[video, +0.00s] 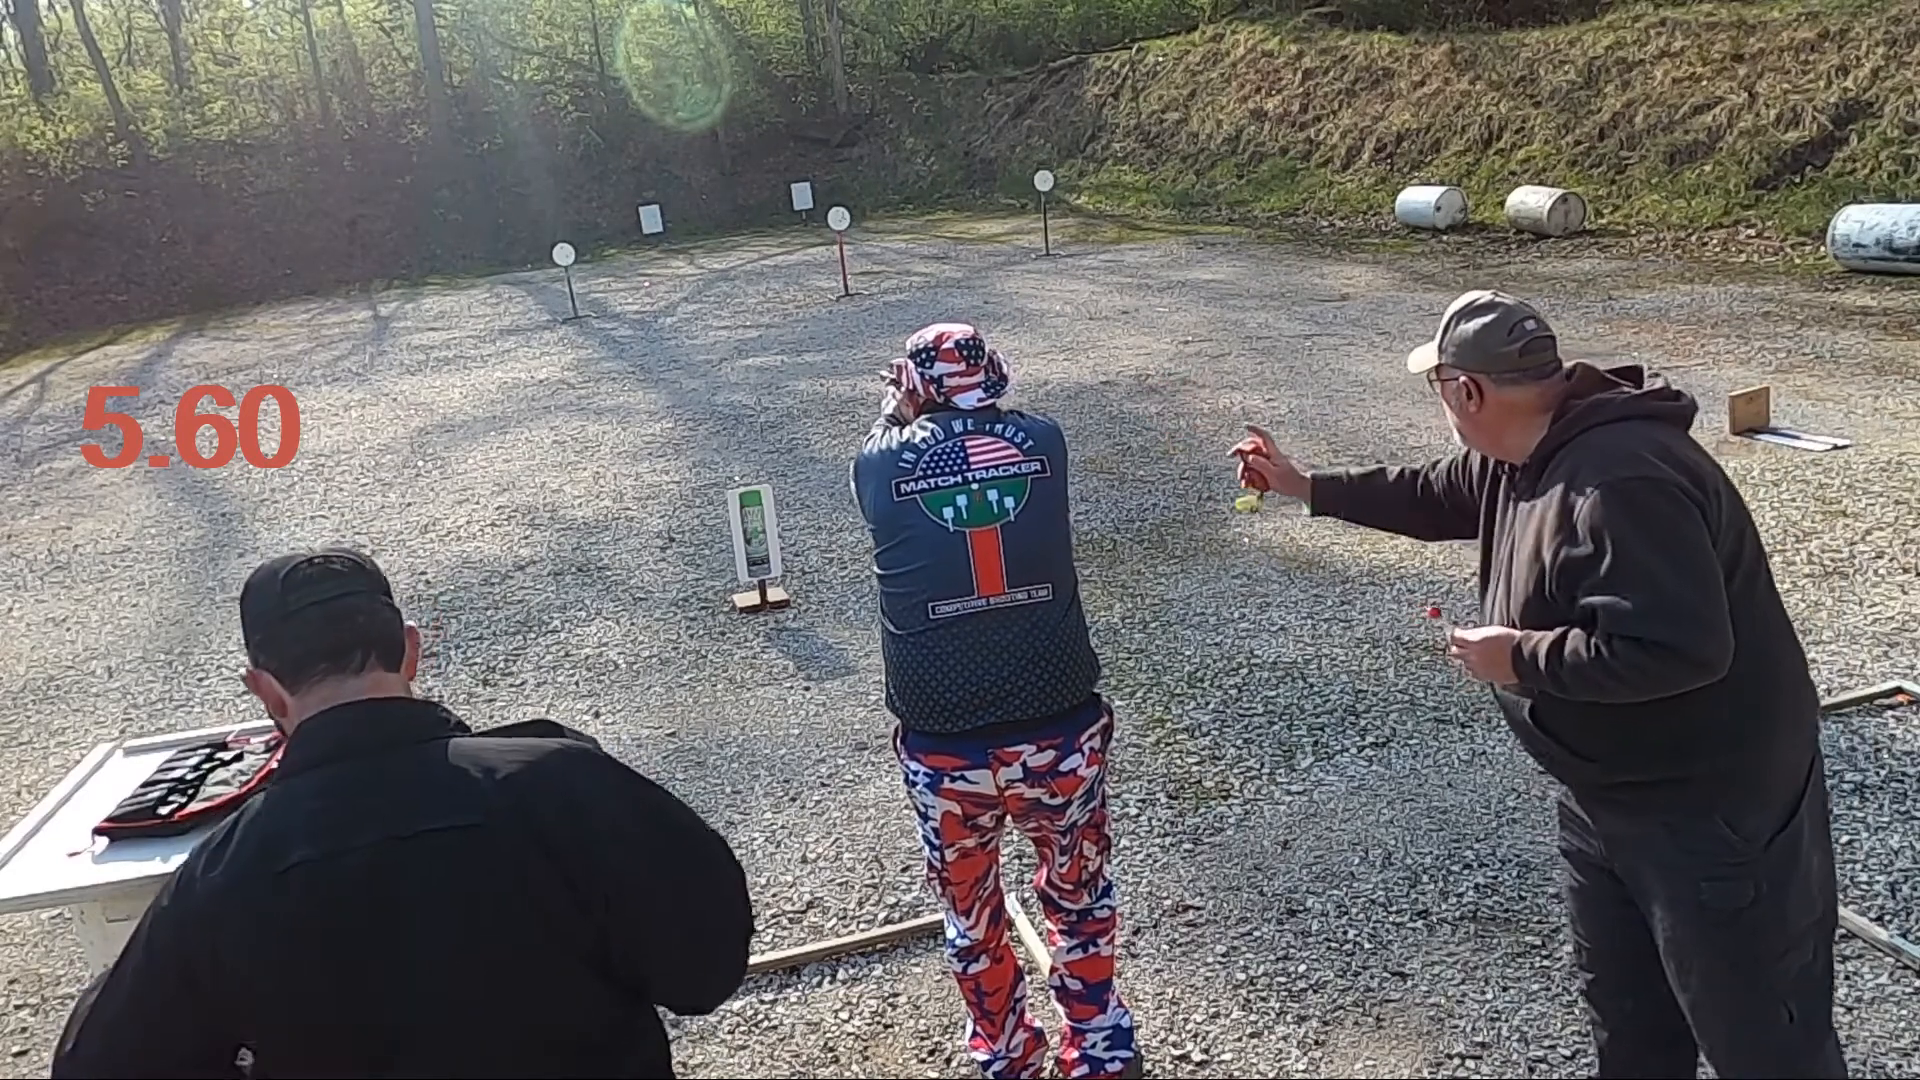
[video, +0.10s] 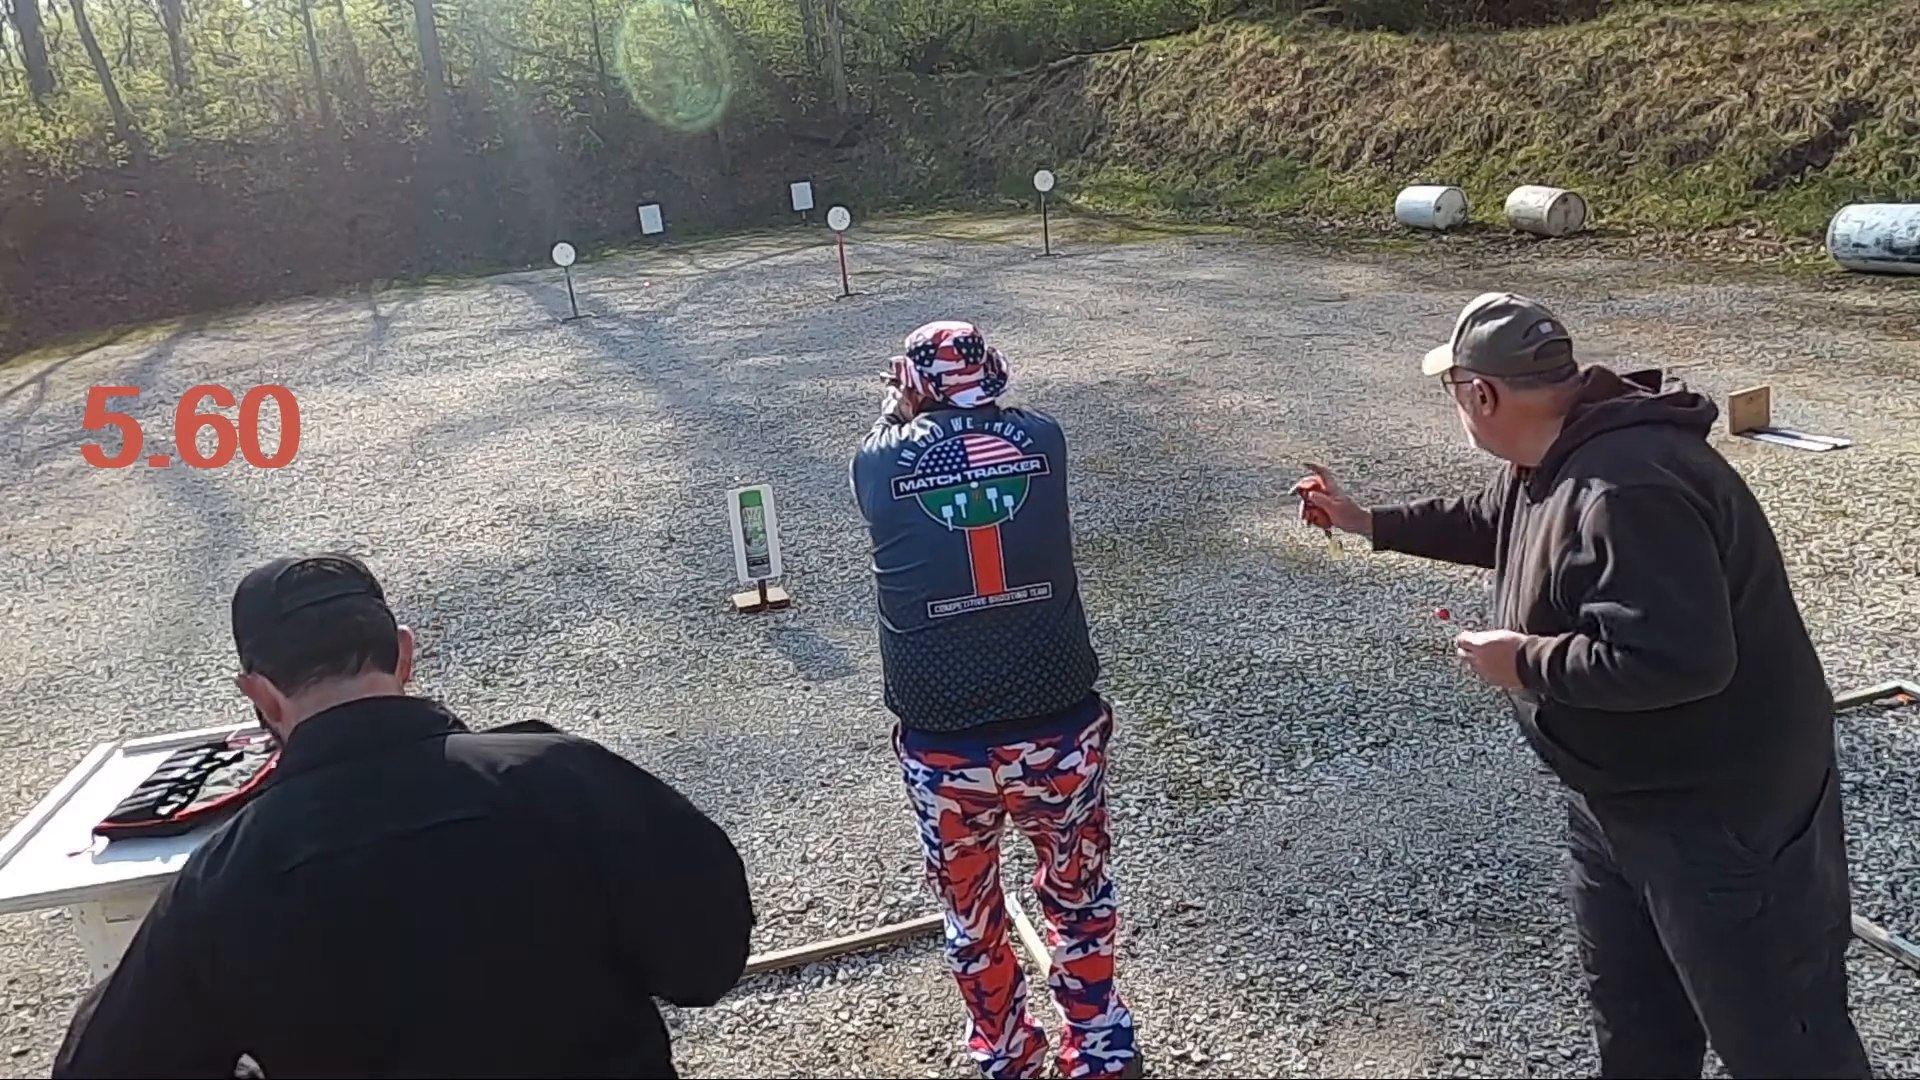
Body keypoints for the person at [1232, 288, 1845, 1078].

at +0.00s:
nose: (1440, 401)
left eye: (1440, 386)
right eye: (1439, 386)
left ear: (1470, 393)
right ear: (1535, 373)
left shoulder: (1619, 482)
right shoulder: (1522, 462)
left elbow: (1682, 647)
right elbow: (1434, 495)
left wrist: (1521, 655)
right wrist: (1306, 488)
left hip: (1716, 811)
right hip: (1607, 797)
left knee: (1765, 1048)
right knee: (1633, 1036)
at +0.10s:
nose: (1457, 408)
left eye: (1455, 391)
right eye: (1453, 392)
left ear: (1483, 397)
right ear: (1549, 375)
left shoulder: (1629, 491)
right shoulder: (1558, 466)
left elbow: (1682, 658)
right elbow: (1496, 529)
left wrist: (1527, 659)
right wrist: (1365, 520)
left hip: (1725, 815)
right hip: (1621, 800)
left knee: (1784, 1050)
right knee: (1638, 1036)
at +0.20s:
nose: (1478, 412)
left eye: (1476, 395)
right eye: (1475, 395)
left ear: (1504, 400)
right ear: (1577, 374)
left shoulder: (1638, 498)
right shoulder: (1589, 463)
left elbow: (1693, 674)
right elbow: (1550, 553)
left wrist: (1538, 665)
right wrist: (1431, 551)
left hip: (1742, 826)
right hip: (1637, 807)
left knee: (1801, 1051)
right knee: (1642, 1034)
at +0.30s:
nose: (1504, 416)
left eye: (1503, 399)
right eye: (1503, 399)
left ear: (1532, 406)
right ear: (1602, 385)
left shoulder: (1667, 512)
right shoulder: (1612, 472)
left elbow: (1714, 689)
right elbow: (1604, 580)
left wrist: (1557, 677)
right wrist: (1487, 569)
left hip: (1763, 842)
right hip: (1654, 816)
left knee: (1812, 1058)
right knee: (1646, 1032)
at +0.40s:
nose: (1532, 422)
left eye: (1533, 405)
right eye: (1532, 404)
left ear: (1564, 413)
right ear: (1634, 390)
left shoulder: (1696, 520)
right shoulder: (1657, 470)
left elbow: (1740, 705)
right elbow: (1647, 587)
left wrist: (1585, 687)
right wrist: (1537, 579)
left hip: (1791, 848)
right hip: (1681, 819)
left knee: (1829, 1062)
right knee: (1657, 1038)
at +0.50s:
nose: (1561, 431)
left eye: (1559, 414)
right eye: (1558, 414)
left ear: (1593, 417)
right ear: (1669, 389)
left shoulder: (1730, 526)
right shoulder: (1685, 480)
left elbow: (1773, 716)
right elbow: (1676, 595)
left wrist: (1612, 696)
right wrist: (1567, 586)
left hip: (1812, 870)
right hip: (1701, 841)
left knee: (1841, 1064)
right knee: (1671, 1054)